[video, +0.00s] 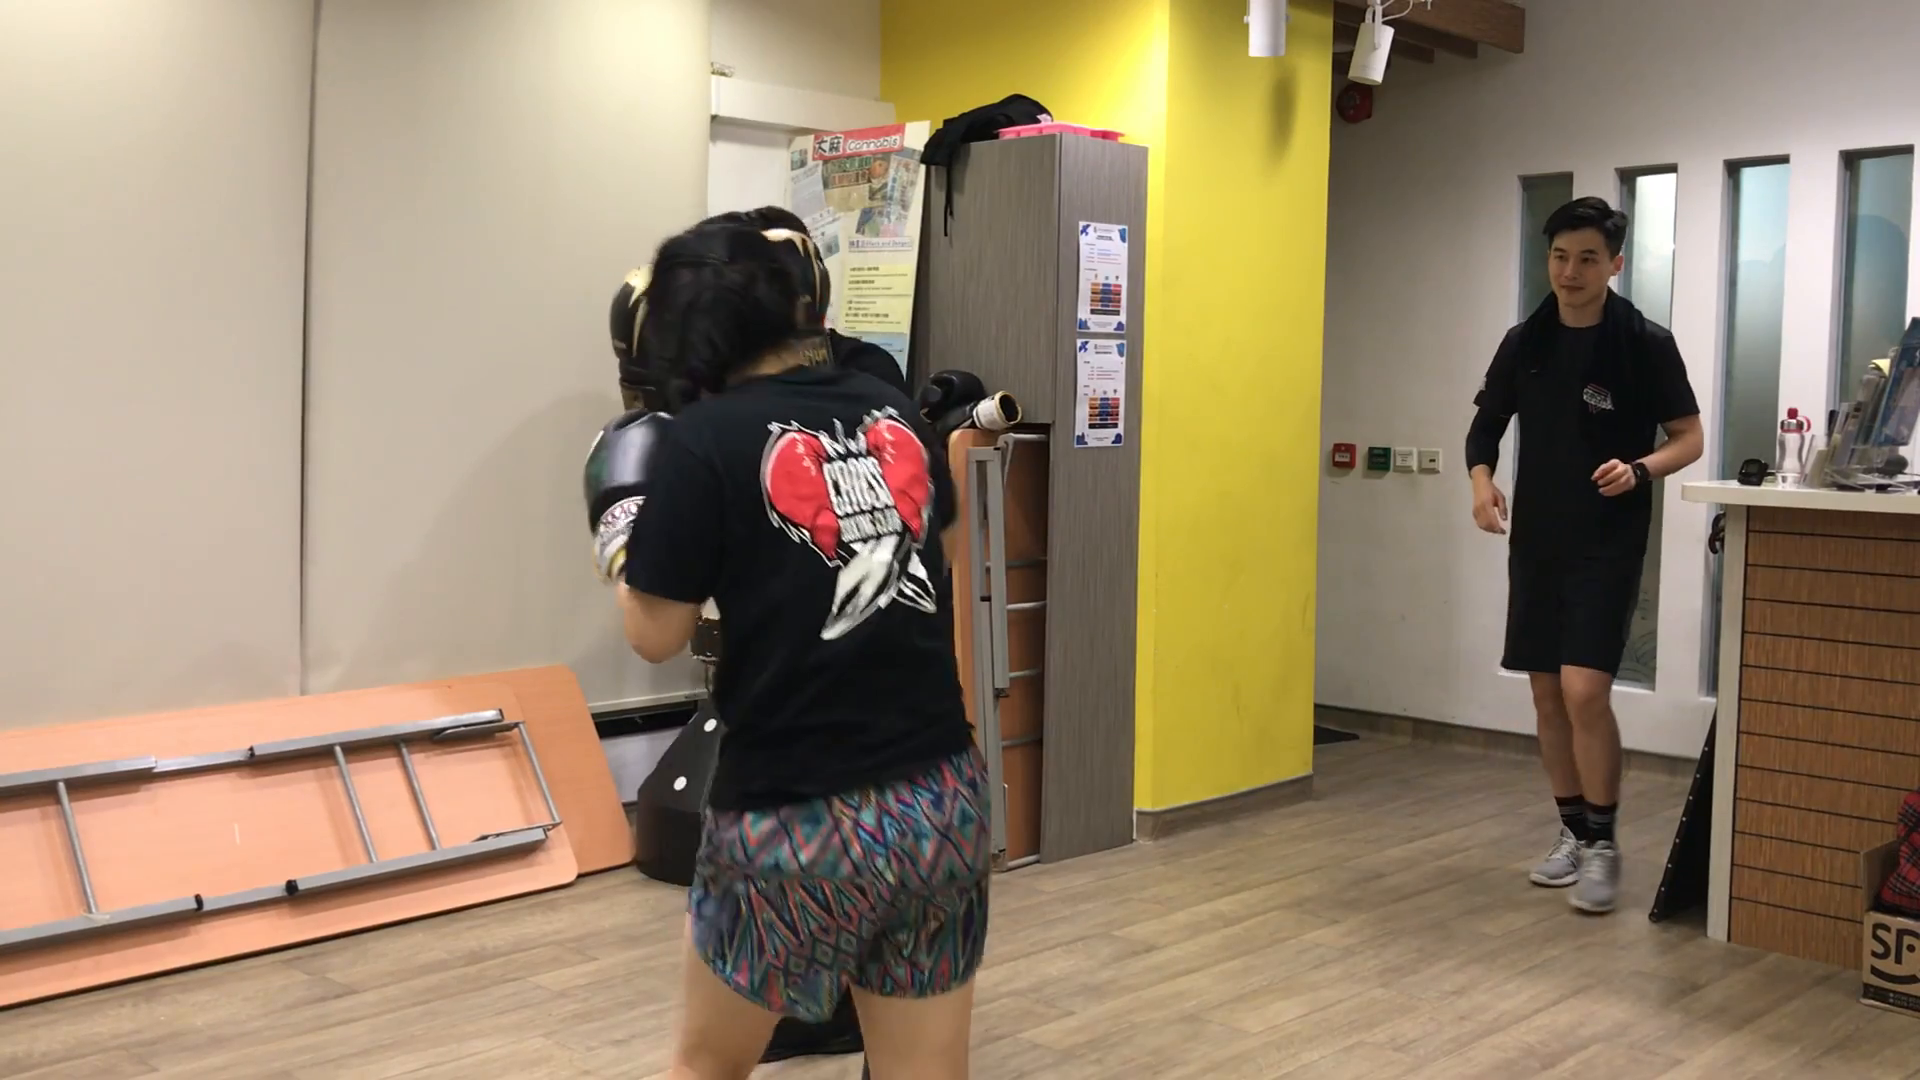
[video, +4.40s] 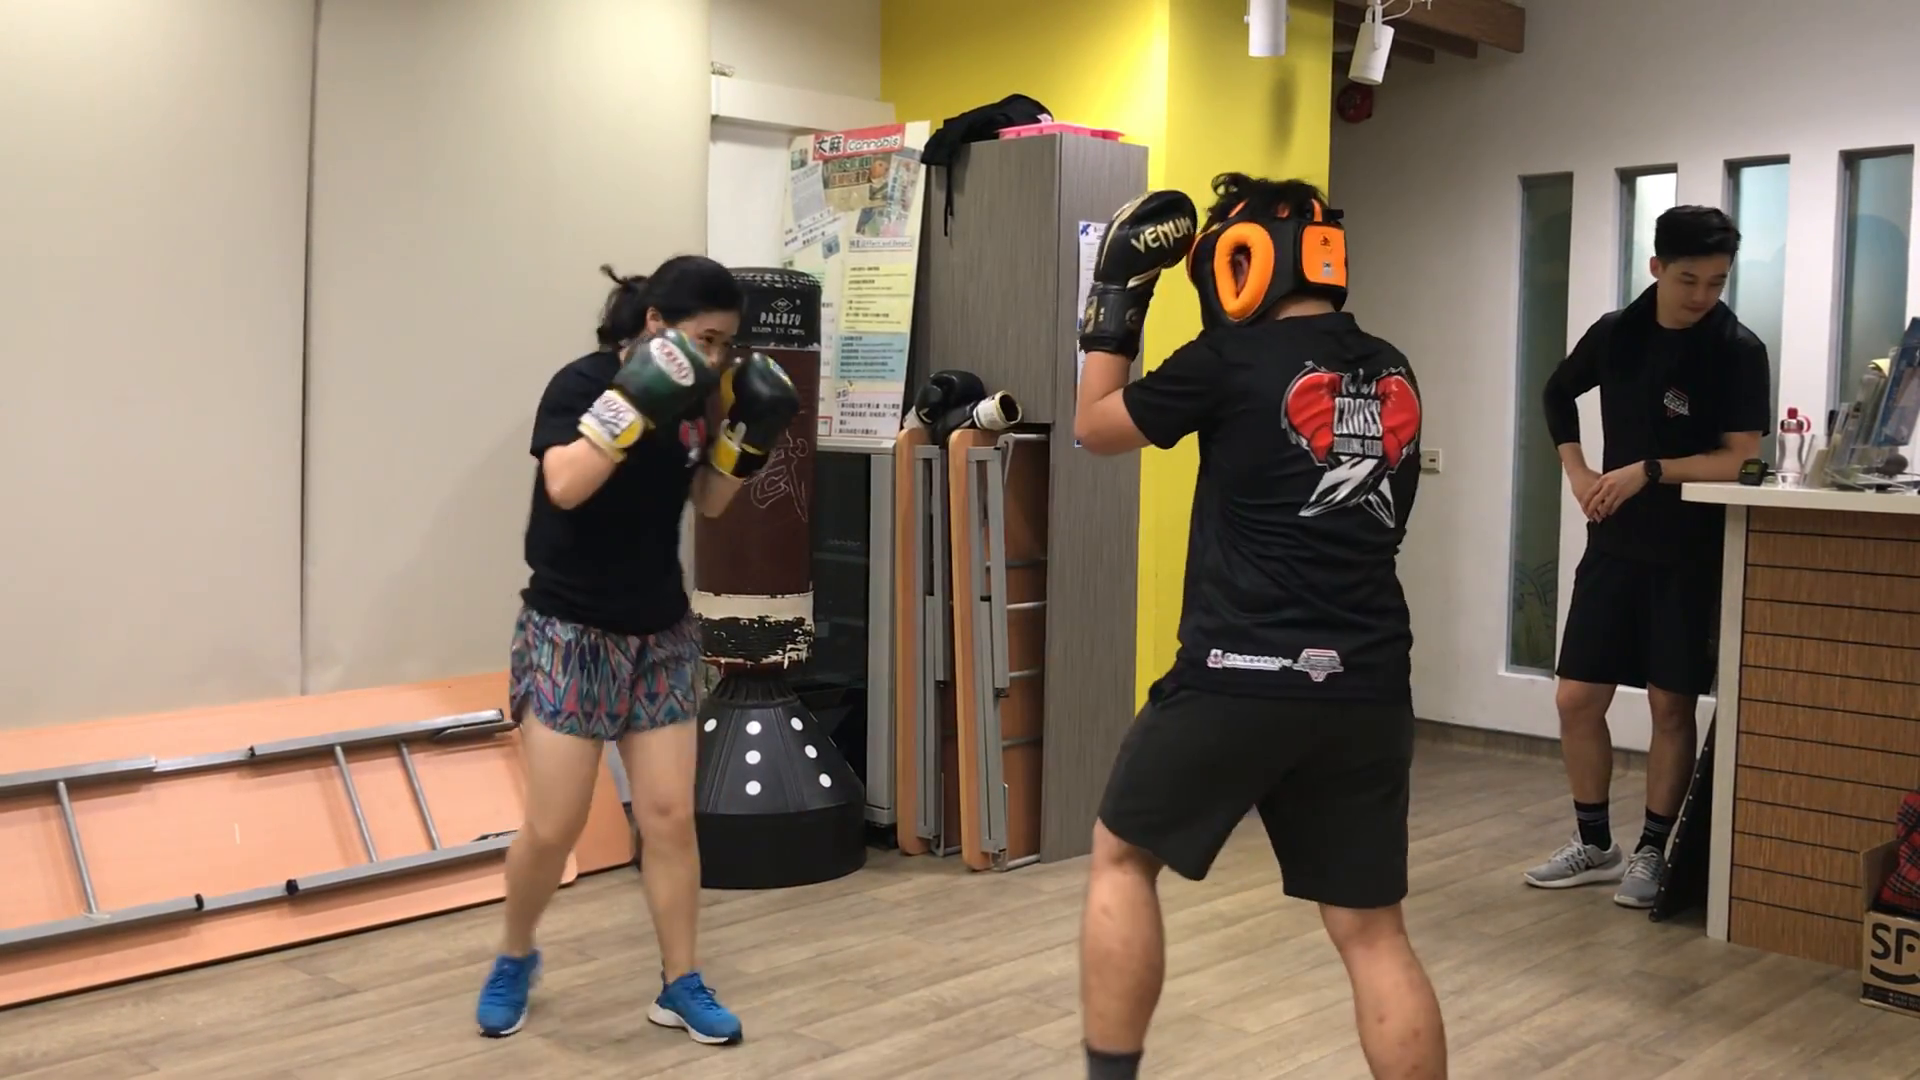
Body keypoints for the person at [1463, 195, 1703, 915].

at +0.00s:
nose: (1570, 270)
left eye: (1586, 258)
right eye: (1560, 257)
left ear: (1614, 263)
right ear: (1547, 261)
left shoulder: (1646, 344)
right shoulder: (1525, 341)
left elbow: (1690, 437)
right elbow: (1485, 424)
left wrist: (1642, 467)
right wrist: (1483, 481)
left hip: (1608, 538)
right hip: (1538, 534)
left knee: (1583, 689)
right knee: (1548, 689)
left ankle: (1601, 845)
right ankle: (1573, 834)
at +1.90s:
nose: (1670, 271)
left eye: (1688, 259)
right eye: (1662, 256)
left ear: (1723, 265)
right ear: (1651, 257)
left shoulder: (1746, 350)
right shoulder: (1626, 329)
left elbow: (1745, 457)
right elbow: (1563, 390)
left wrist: (1649, 469)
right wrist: (1585, 468)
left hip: (1699, 545)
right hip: (1624, 537)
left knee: (1674, 705)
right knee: (1583, 696)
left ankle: (1653, 853)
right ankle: (1594, 844)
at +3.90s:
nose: (1661, 273)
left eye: (1679, 260)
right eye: (1653, 258)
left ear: (1715, 264)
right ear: (1643, 260)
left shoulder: (1742, 350)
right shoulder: (1620, 331)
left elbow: (1745, 459)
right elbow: (1560, 391)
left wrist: (1649, 469)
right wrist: (1577, 466)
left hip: (1692, 547)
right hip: (1617, 539)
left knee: (1671, 708)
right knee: (1577, 696)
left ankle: (1651, 854)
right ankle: (1592, 843)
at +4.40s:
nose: (1704, 296)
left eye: (1717, 283)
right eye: (1691, 282)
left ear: (1728, 275)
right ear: (1656, 267)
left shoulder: (1738, 351)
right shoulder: (1615, 334)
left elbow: (1743, 457)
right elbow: (1558, 395)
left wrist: (1648, 470)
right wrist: (1576, 469)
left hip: (1692, 551)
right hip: (1616, 544)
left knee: (1670, 707)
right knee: (1576, 696)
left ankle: (1652, 853)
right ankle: (1593, 844)